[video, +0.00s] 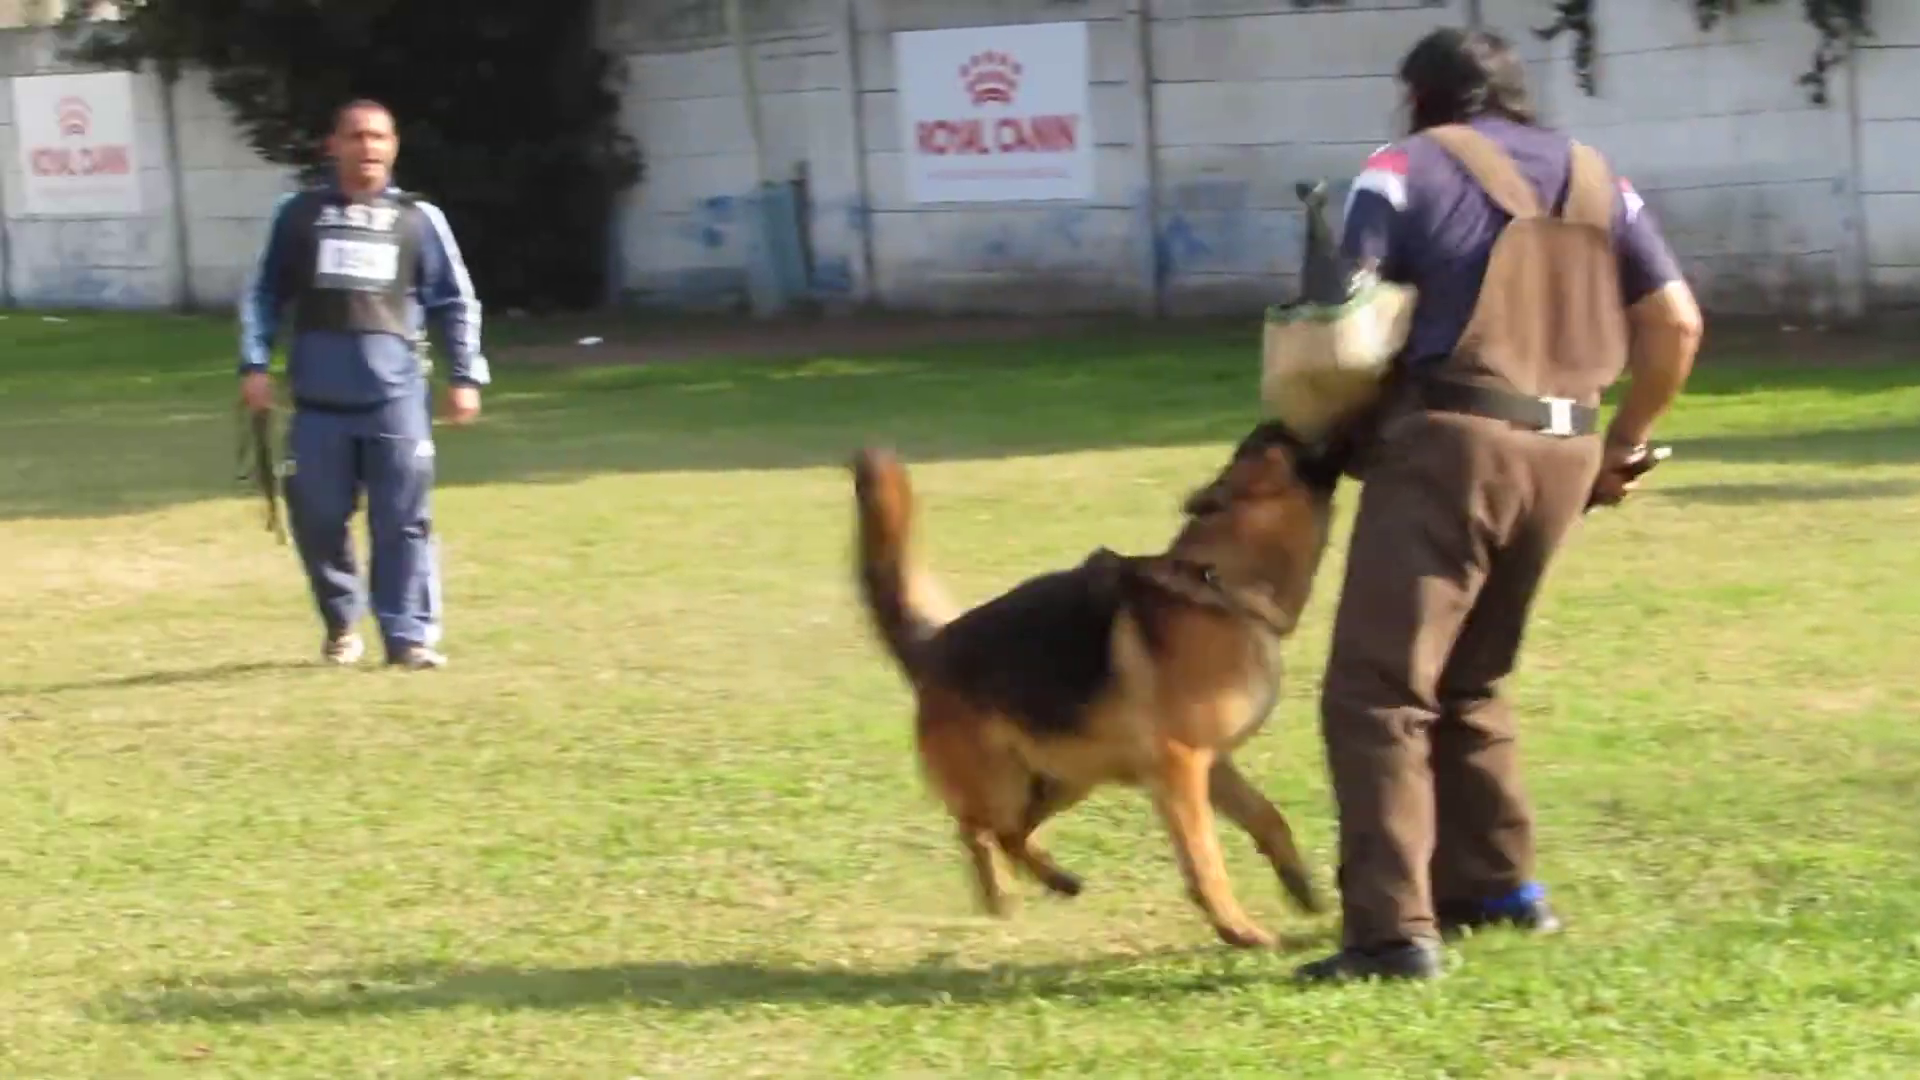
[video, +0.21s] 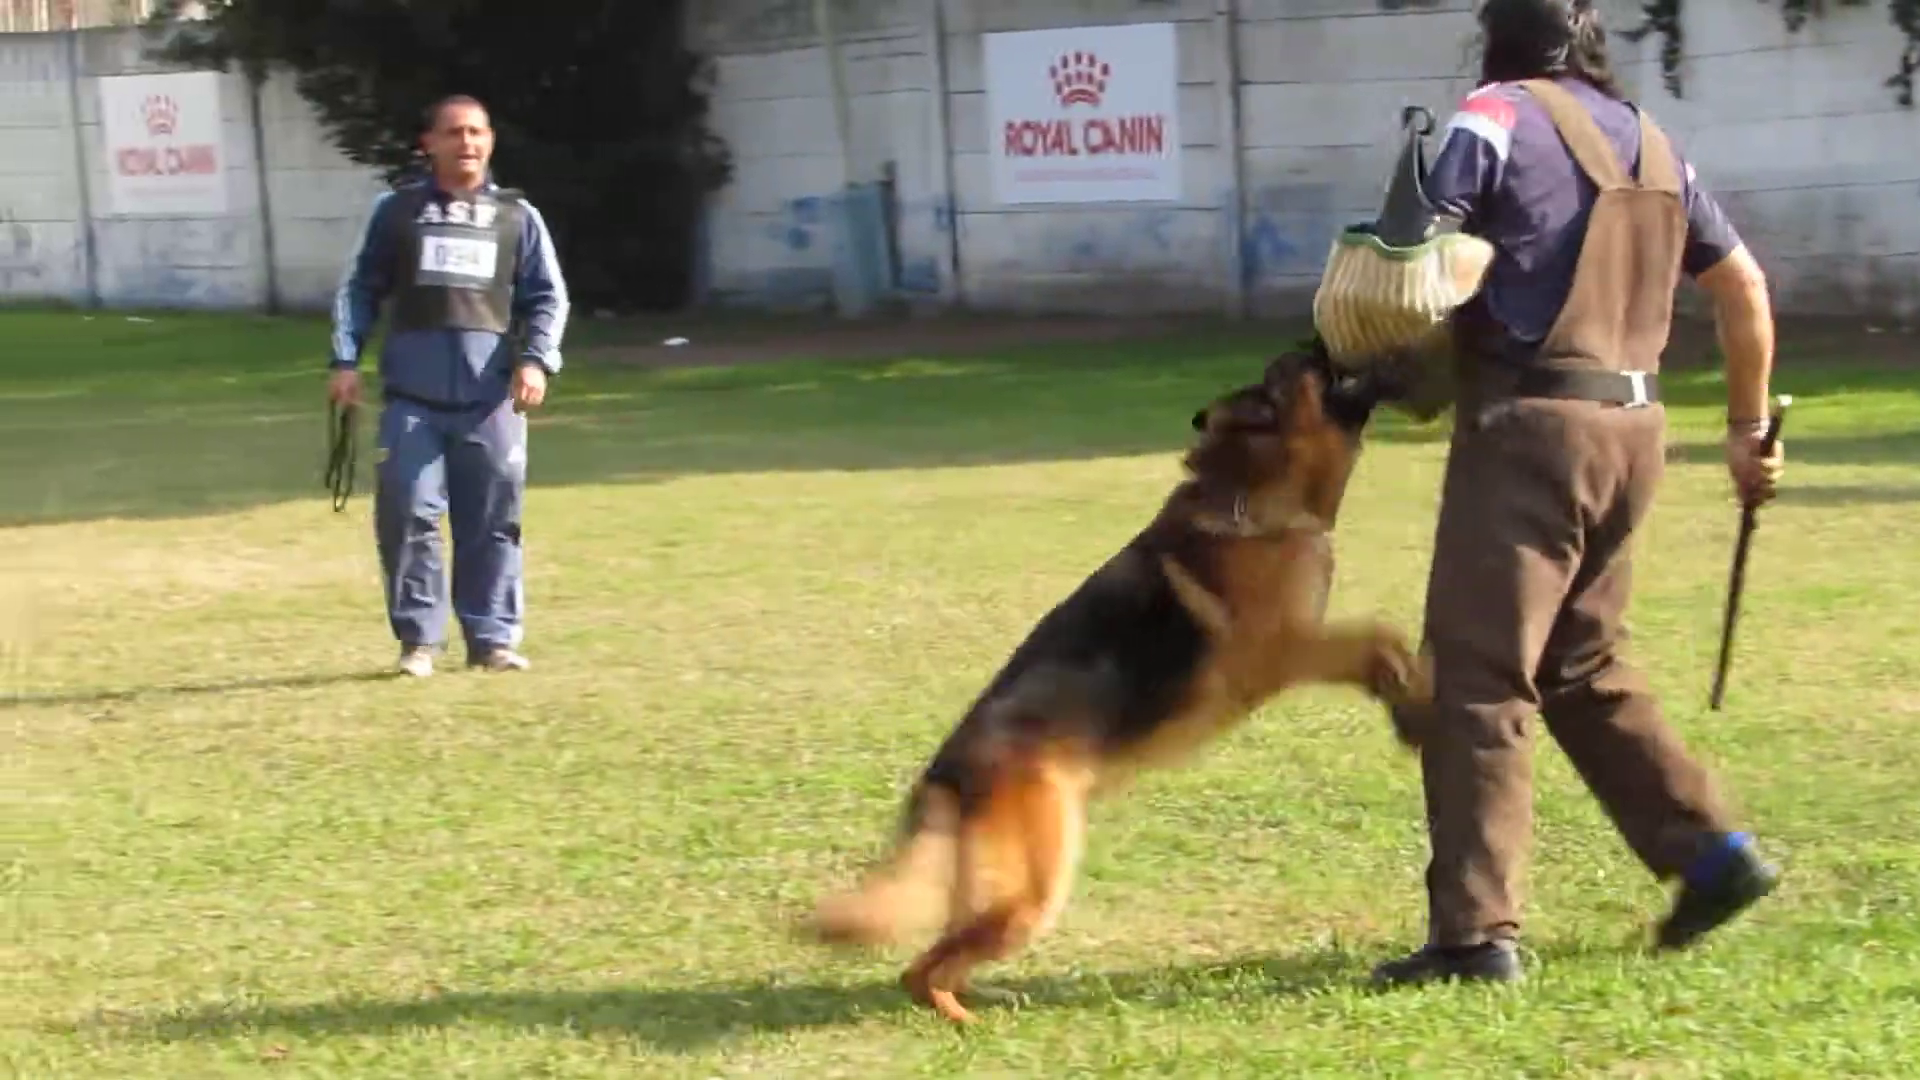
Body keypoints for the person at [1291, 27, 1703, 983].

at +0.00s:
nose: (1402, 122)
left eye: (1405, 107)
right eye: (1405, 109)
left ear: (1425, 102)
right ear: (1512, 92)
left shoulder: (1407, 167)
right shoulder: (1597, 177)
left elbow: (1344, 329)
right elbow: (1675, 324)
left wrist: (1331, 429)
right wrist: (1627, 439)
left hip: (1454, 443)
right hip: (1567, 456)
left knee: (1377, 690)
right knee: (1472, 683)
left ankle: (1390, 935)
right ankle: (1494, 887)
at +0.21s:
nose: (1482, 63)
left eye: (1484, 50)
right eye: (1488, 51)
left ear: (1501, 51)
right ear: (1587, 48)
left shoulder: (1497, 112)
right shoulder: (1651, 141)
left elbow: (1414, 248)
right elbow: (1742, 286)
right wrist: (1751, 427)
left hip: (1533, 425)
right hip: (1634, 429)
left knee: (1479, 680)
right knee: (1580, 660)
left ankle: (1475, 936)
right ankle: (1708, 854)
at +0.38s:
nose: (1447, 46)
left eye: (1451, 31)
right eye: (1451, 32)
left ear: (1476, 32)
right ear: (1558, 31)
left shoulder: (1479, 99)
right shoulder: (1623, 129)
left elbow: (1412, 253)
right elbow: (1699, 274)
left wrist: (1328, 261)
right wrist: (1709, 418)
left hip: (1503, 425)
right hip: (1612, 422)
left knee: (1446, 681)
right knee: (1593, 662)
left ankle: (1442, 937)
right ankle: (1715, 885)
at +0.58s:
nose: (1442, 34)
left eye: (1449, 23)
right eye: (1448, 26)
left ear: (1469, 29)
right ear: (1552, 35)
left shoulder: (1455, 100)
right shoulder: (1612, 136)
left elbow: (1373, 237)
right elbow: (1683, 291)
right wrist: (1676, 437)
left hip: (1486, 429)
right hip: (1598, 427)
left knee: (1426, 690)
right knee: (1601, 677)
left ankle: (1405, 941)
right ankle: (1679, 916)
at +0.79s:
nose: (1493, 29)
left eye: (1498, 19)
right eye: (1499, 21)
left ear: (1515, 27)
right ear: (1600, 29)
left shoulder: (1493, 98)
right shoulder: (1665, 132)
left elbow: (1386, 230)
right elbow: (1741, 284)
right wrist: (1744, 427)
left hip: (1529, 431)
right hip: (1644, 426)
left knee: (1458, 685)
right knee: (1632, 677)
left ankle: (1413, 935)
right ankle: (1689, 918)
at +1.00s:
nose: (1532, 31)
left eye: (1534, 21)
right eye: (1537, 22)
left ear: (1554, 26)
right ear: (1638, 24)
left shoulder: (1541, 93)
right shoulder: (1709, 124)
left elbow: (1436, 215)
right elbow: (1784, 277)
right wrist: (1781, 423)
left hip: (1566, 429)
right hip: (1684, 427)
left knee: (1484, 680)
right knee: (1663, 672)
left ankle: (1441, 930)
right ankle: (1693, 922)